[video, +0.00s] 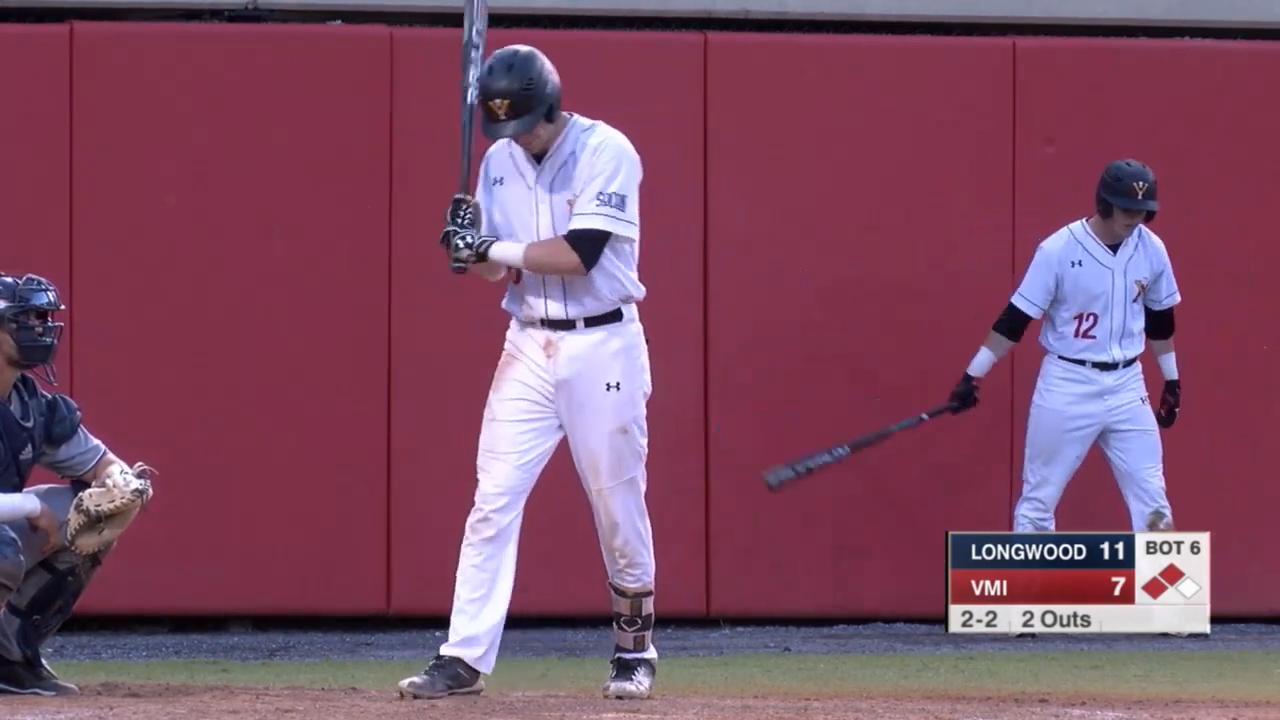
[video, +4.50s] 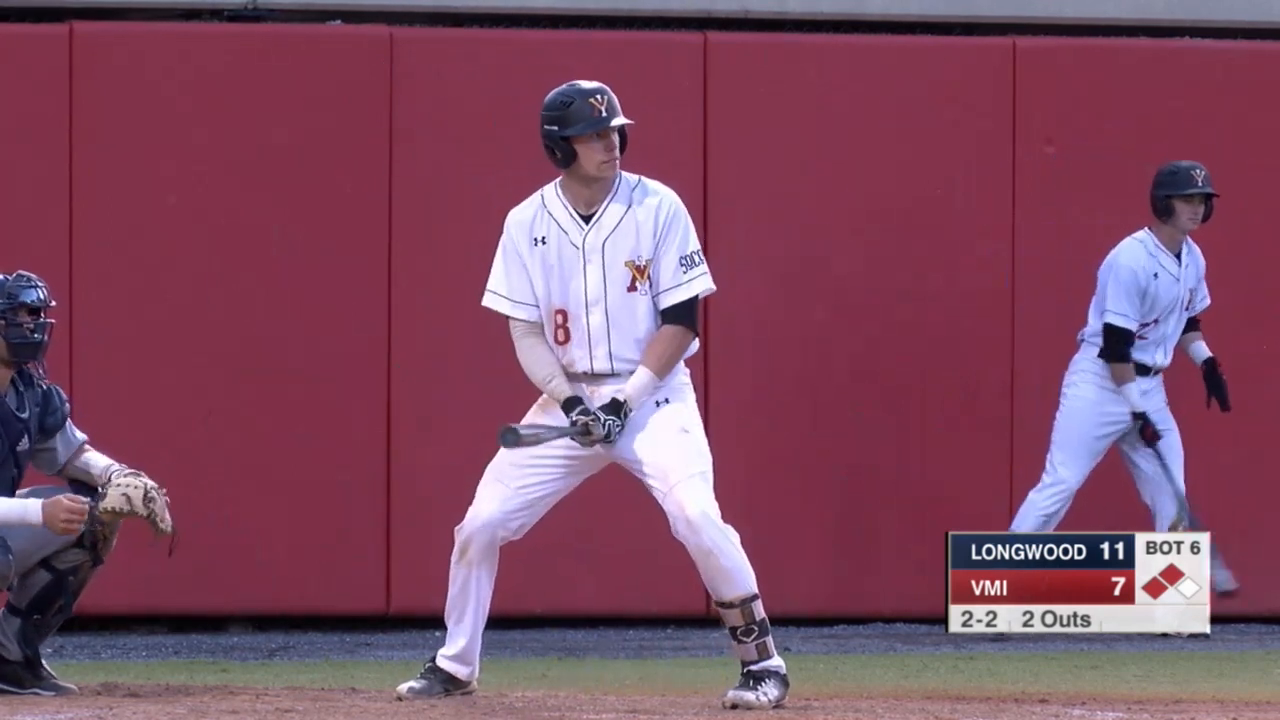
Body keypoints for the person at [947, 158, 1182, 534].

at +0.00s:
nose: (1136, 220)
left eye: (1143, 213)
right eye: (1129, 211)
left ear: (1149, 209)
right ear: (1105, 204)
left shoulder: (1151, 249)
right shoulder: (1058, 250)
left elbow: (1161, 321)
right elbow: (1016, 319)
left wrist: (1171, 381)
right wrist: (972, 375)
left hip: (1128, 388)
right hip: (1066, 386)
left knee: (1153, 503)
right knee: (1038, 503)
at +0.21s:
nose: (1140, 208)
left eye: (1146, 200)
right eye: (1132, 199)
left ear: (1152, 202)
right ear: (1106, 197)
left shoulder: (1152, 249)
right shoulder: (1061, 254)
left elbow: (1159, 320)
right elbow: (1033, 331)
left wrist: (1172, 380)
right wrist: (1035, 395)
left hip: (1130, 386)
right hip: (1071, 385)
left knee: (1153, 503)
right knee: (1040, 504)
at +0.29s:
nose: (1135, 199)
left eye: (1141, 191)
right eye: (1126, 190)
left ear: (1147, 194)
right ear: (1102, 191)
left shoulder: (1147, 246)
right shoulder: (1058, 252)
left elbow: (1155, 317)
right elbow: (1036, 333)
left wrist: (1168, 373)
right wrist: (1066, 387)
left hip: (1127, 386)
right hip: (1067, 386)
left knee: (1153, 506)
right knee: (1038, 504)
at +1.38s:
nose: (1098, 193)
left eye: (1104, 185)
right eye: (1089, 184)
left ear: (1109, 188)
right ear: (1065, 185)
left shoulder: (1118, 244)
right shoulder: (1037, 248)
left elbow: (1140, 312)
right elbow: (1039, 330)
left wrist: (1145, 317)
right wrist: (1099, 328)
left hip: (1120, 384)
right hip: (1062, 383)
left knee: (1150, 506)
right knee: (1034, 505)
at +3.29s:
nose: (1097, 190)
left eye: (1104, 182)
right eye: (1088, 182)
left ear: (1110, 187)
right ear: (1066, 185)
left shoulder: (1122, 239)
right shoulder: (1043, 243)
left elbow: (1146, 300)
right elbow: (1071, 315)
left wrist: (1156, 303)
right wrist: (1134, 320)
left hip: (1118, 382)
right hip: (1062, 381)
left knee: (1147, 504)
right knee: (1034, 503)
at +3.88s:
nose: (1147, 195)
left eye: (1152, 187)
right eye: (1138, 186)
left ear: (1158, 193)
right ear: (1115, 189)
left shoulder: (1152, 251)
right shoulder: (1086, 244)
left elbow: (1159, 321)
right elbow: (1110, 326)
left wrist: (1180, 336)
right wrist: (1166, 352)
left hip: (1132, 388)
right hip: (1080, 384)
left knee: (1160, 502)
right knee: (1048, 504)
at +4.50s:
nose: (1198, 209)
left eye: (1203, 201)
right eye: (1189, 200)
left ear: (1207, 206)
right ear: (1163, 203)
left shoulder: (1192, 257)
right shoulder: (1130, 259)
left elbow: (1185, 323)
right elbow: (1115, 345)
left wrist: (1208, 364)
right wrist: (1138, 411)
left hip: (1147, 386)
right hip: (1099, 382)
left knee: (1171, 495)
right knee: (1060, 484)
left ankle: (1179, 592)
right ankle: (1000, 576)